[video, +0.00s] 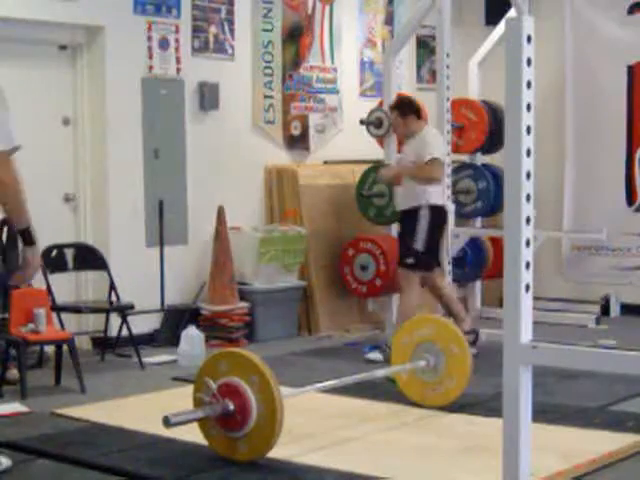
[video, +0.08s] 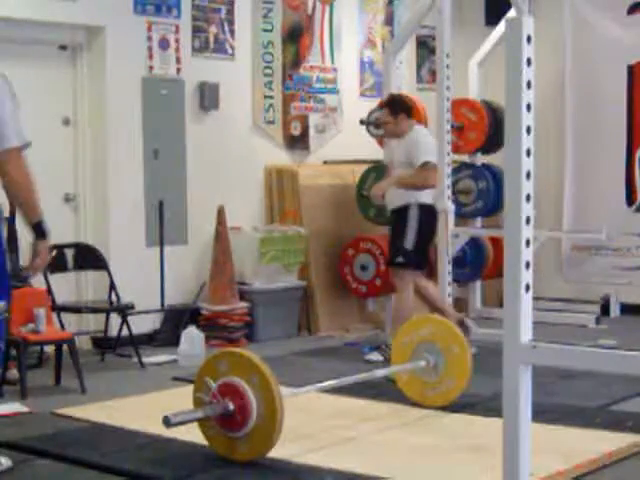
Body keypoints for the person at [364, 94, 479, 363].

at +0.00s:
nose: (394, 128)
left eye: (396, 121)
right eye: (393, 122)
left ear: (410, 118)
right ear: (408, 119)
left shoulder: (429, 136)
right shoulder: (410, 143)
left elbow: (435, 172)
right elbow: (405, 173)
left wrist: (401, 173)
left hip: (427, 207)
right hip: (413, 207)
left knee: (409, 276)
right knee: (430, 276)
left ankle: (401, 342)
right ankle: (466, 325)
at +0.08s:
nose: (383, 128)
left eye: (387, 122)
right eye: (382, 123)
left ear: (403, 118)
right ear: (397, 119)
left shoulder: (420, 137)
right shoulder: (393, 141)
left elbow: (430, 177)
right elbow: (392, 171)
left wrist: (391, 182)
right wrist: (380, 189)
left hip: (418, 206)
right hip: (401, 206)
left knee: (402, 275)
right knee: (411, 276)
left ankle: (398, 344)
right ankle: (455, 319)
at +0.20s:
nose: (367, 127)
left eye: (369, 121)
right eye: (366, 121)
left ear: (385, 117)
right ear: (382, 117)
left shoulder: (402, 137)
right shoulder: (387, 140)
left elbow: (408, 180)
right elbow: (384, 175)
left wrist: (378, 186)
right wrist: (373, 188)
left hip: (400, 207)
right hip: (385, 207)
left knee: (397, 277)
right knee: (384, 275)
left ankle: (398, 343)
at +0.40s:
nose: (351, 126)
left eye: (355, 120)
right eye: (350, 120)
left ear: (373, 117)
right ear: (364, 117)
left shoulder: (385, 139)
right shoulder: (367, 142)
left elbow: (383, 179)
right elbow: (362, 177)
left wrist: (356, 187)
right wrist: (360, 187)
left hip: (387, 207)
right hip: (367, 207)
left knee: (389, 272)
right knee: (349, 263)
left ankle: (395, 335)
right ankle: (367, 316)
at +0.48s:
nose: (333, 127)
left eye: (337, 121)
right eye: (331, 121)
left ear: (354, 118)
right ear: (343, 120)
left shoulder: (369, 138)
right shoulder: (345, 143)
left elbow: (362, 179)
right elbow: (343, 179)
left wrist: (334, 195)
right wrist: (338, 192)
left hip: (373, 210)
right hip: (350, 211)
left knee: (380, 279)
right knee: (339, 276)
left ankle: (393, 341)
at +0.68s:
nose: (301, 125)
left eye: (306, 119)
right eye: (300, 119)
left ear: (325, 116)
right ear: (312, 118)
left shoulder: (342, 138)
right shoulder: (313, 142)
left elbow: (340, 184)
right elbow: (315, 178)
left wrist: (321, 221)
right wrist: (298, 190)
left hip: (340, 213)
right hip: (315, 213)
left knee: (339, 282)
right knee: (309, 279)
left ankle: (381, 333)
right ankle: (310, 345)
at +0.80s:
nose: (284, 121)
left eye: (289, 114)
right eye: (283, 115)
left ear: (307, 112)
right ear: (295, 114)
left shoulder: (323, 137)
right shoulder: (293, 140)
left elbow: (336, 179)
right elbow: (295, 178)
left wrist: (331, 220)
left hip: (315, 210)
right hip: (296, 210)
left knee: (304, 276)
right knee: (304, 280)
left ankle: (349, 322)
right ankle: (309, 344)